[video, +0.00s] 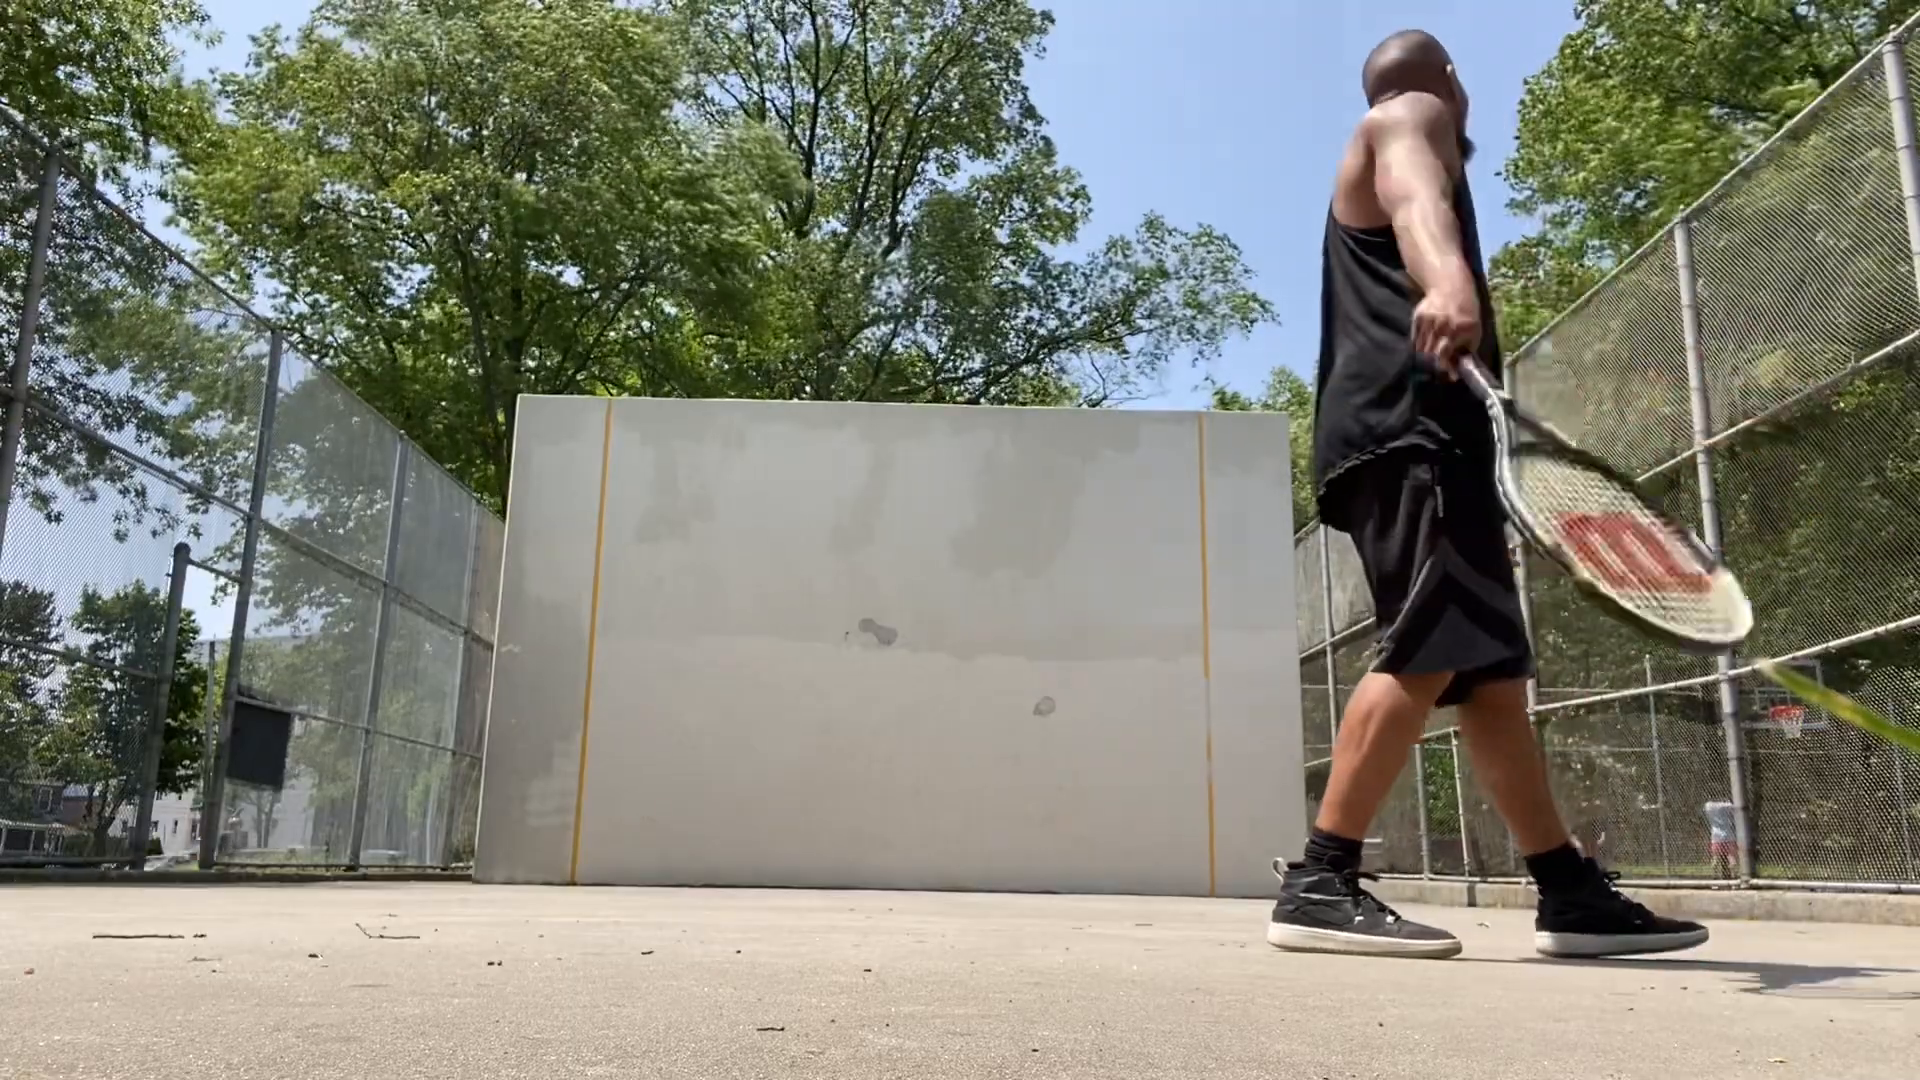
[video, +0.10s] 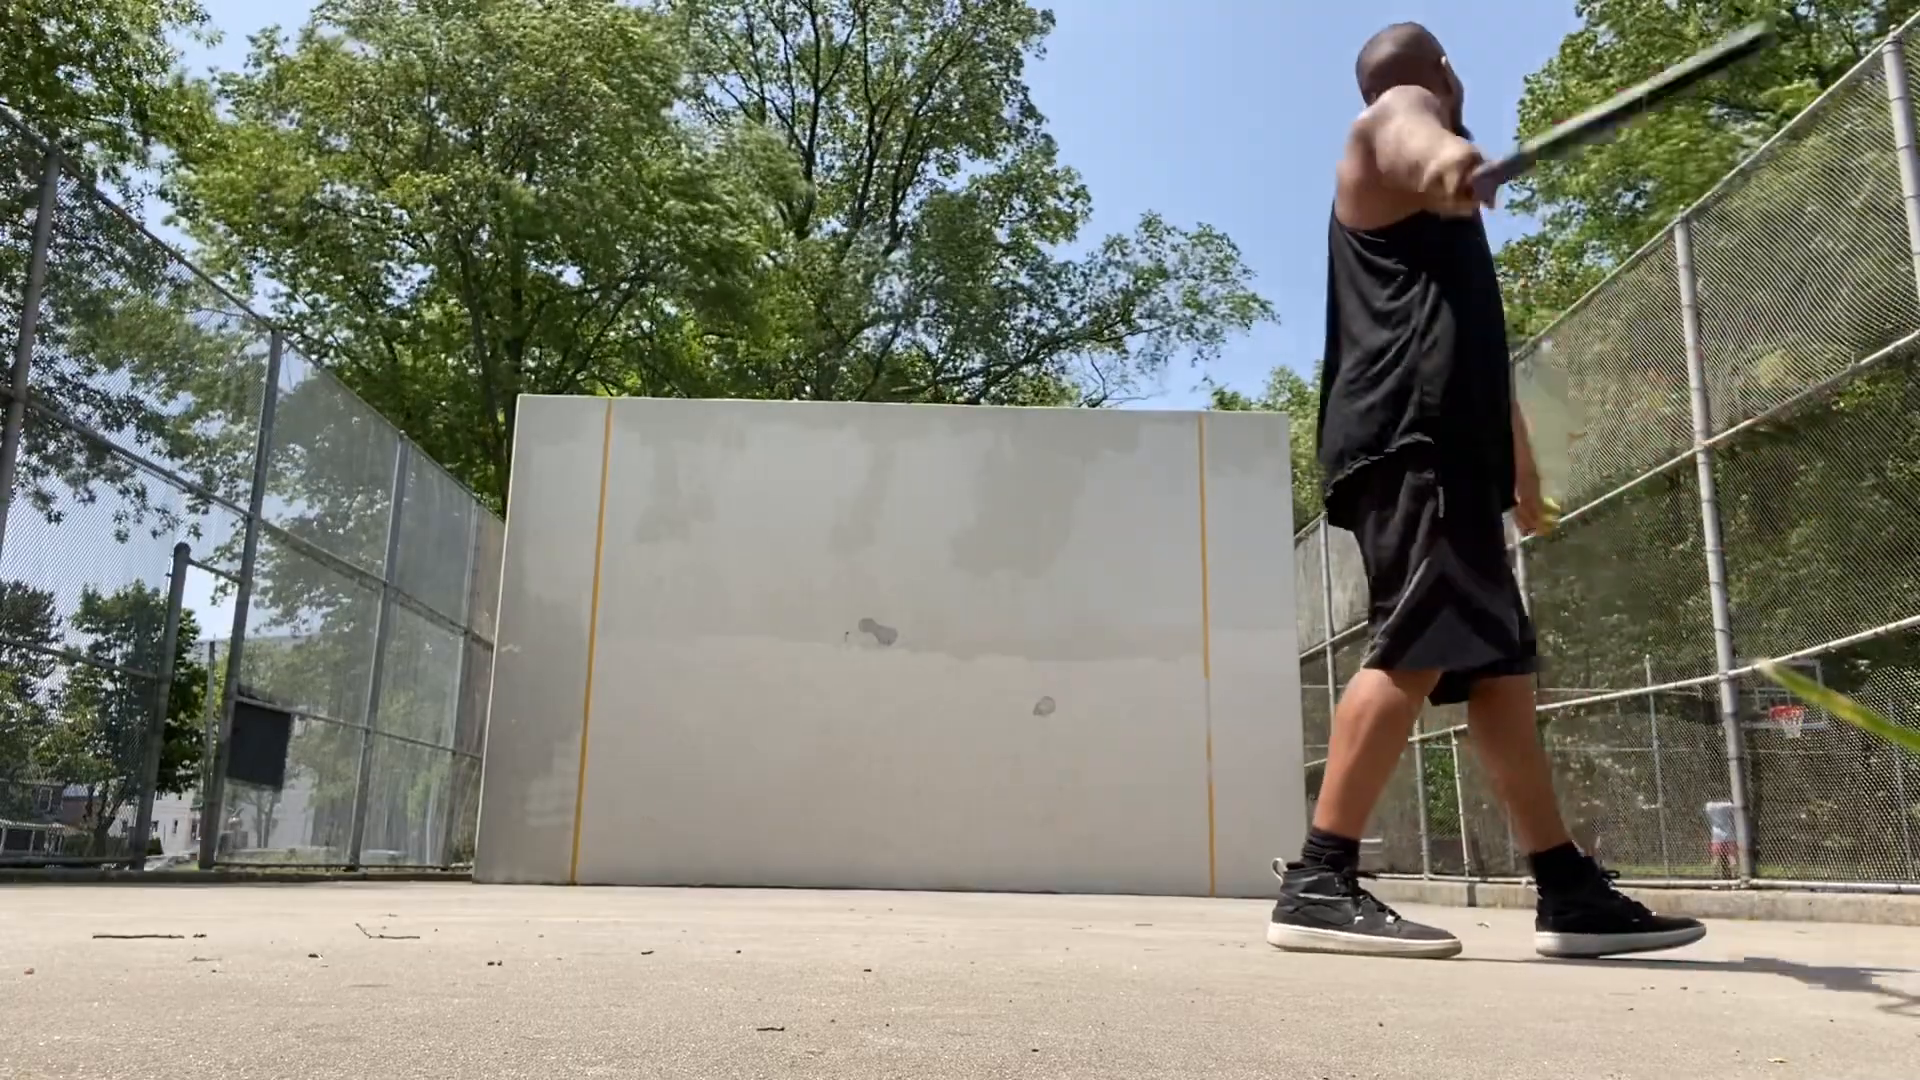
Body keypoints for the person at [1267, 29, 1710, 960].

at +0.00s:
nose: (1466, 96)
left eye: (1460, 85)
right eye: (1460, 81)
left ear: (1382, 88)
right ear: (1438, 73)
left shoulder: (1392, 155)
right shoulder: (1413, 111)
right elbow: (1413, 201)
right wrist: (1449, 279)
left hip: (1426, 438)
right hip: (1405, 429)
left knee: (1489, 664)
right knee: (1427, 644)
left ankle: (1570, 892)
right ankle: (1321, 881)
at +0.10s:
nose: (1461, 88)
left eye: (1453, 78)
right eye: (1455, 74)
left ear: (1373, 83)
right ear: (1440, 69)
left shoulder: (1405, 165)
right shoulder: (1396, 111)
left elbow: (1468, 350)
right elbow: (1421, 148)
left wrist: (1521, 469)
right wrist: (1456, 160)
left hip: (1447, 452)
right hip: (1407, 441)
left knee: (1500, 669)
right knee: (1413, 646)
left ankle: (1569, 893)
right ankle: (1319, 881)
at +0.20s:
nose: (1468, 98)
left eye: (1462, 81)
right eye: (1446, 76)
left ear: (1411, 88)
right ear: (1409, 86)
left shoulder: (1448, 182)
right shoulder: (1397, 152)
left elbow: (1497, 282)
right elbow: (1424, 114)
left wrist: (1550, 330)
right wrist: (1452, 30)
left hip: (1464, 458)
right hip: (1412, 449)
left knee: (1519, 663)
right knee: (1400, 648)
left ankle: (1569, 893)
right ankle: (1318, 881)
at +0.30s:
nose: (1482, 107)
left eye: (1475, 91)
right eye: (1464, 92)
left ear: (1429, 101)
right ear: (1423, 98)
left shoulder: (1458, 184)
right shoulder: (1425, 158)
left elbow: (1500, 199)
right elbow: (1454, 52)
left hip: (1471, 455)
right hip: (1439, 446)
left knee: (1548, 655)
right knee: (1408, 645)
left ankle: (1573, 893)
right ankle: (1320, 880)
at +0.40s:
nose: (1520, 123)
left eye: (1516, 110)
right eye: (1504, 107)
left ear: (1436, 120)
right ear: (1464, 114)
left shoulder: (1465, 197)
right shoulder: (1461, 169)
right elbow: (1483, 55)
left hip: (1495, 468)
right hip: (1473, 457)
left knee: (1579, 661)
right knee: (1433, 646)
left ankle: (1574, 890)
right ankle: (1327, 871)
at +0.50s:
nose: (1535, 118)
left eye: (1529, 108)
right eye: (1520, 109)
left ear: (1454, 140)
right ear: (1496, 123)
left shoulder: (1476, 215)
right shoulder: (1501, 181)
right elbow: (1517, 87)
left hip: (1515, 467)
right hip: (1520, 460)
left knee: (1606, 672)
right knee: (1498, 650)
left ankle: (1577, 893)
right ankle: (1352, 848)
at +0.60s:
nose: (1563, 122)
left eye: (1557, 113)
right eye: (1549, 115)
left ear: (1478, 144)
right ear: (1528, 126)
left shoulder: (1490, 219)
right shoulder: (1531, 191)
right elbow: (1554, 126)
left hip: (1515, 465)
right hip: (1566, 458)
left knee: (1596, 672)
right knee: (1621, 658)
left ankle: (1578, 892)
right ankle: (1447, 803)